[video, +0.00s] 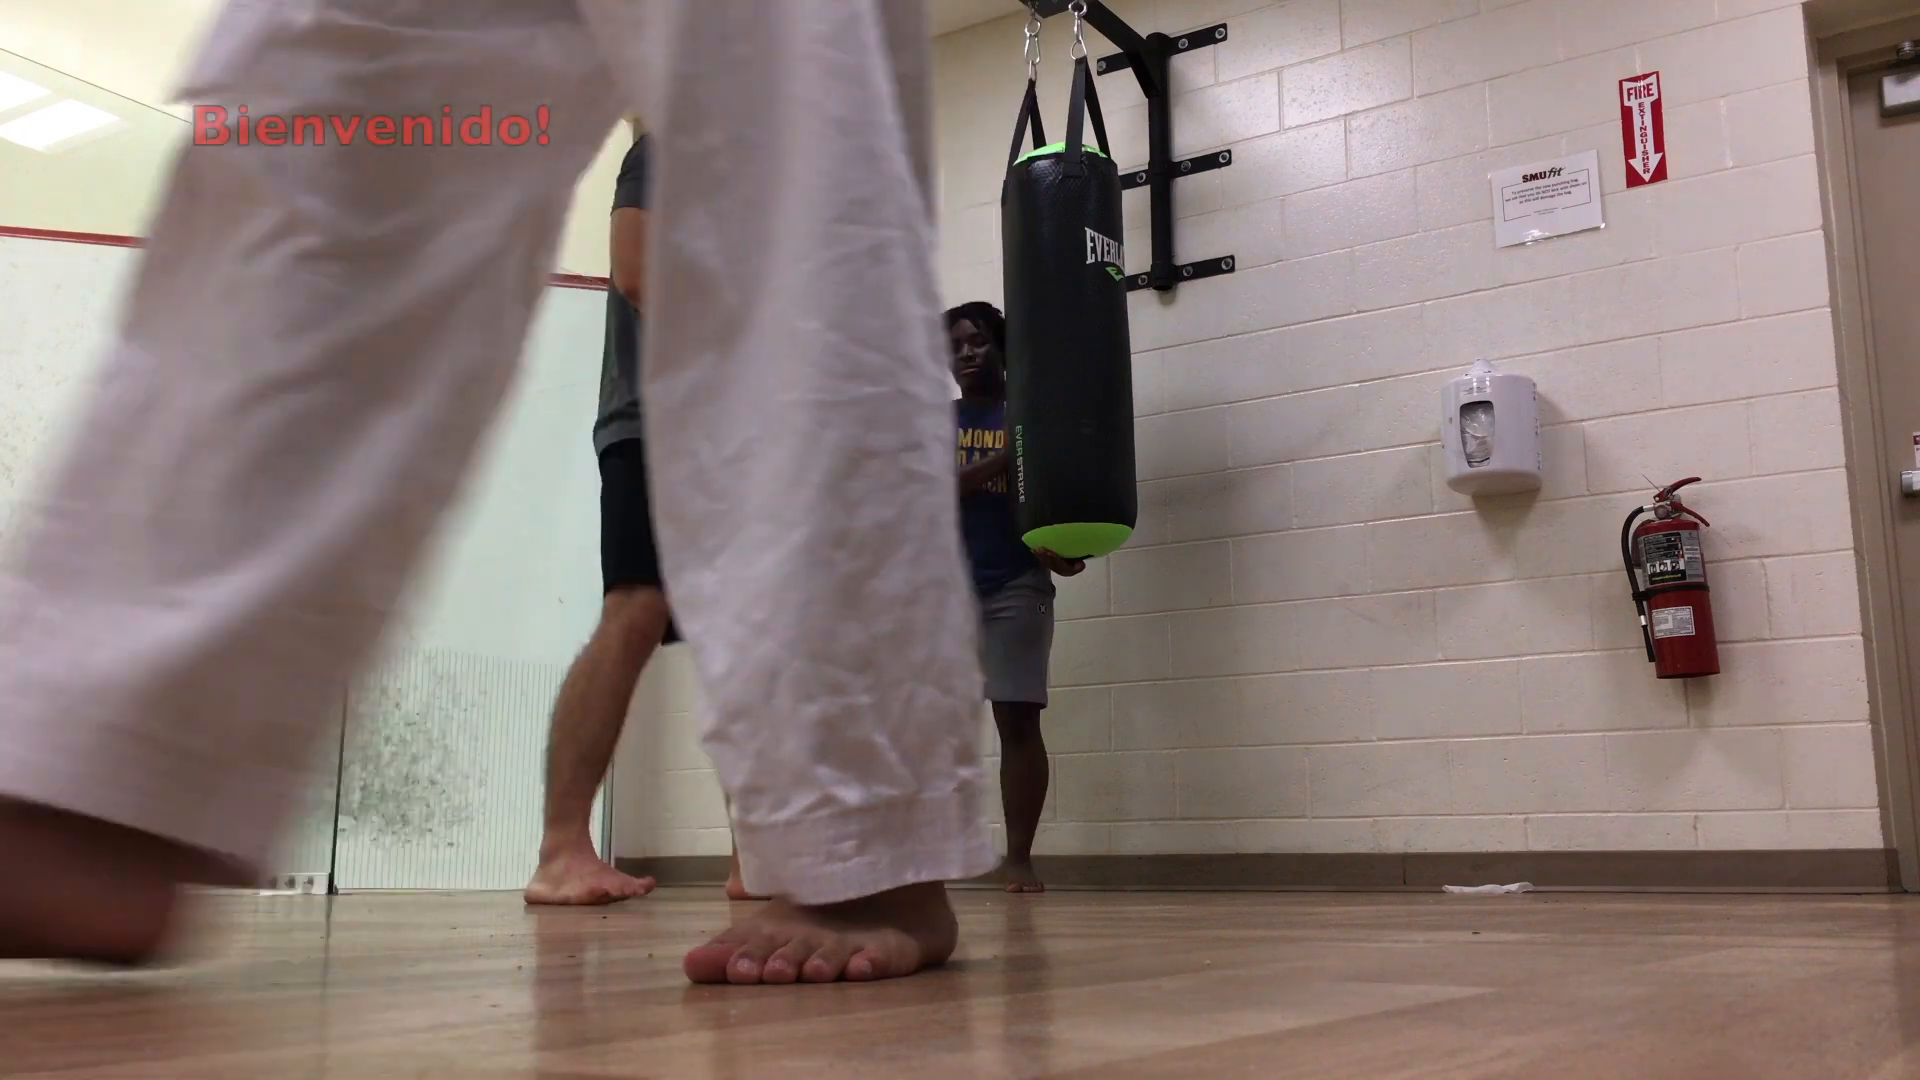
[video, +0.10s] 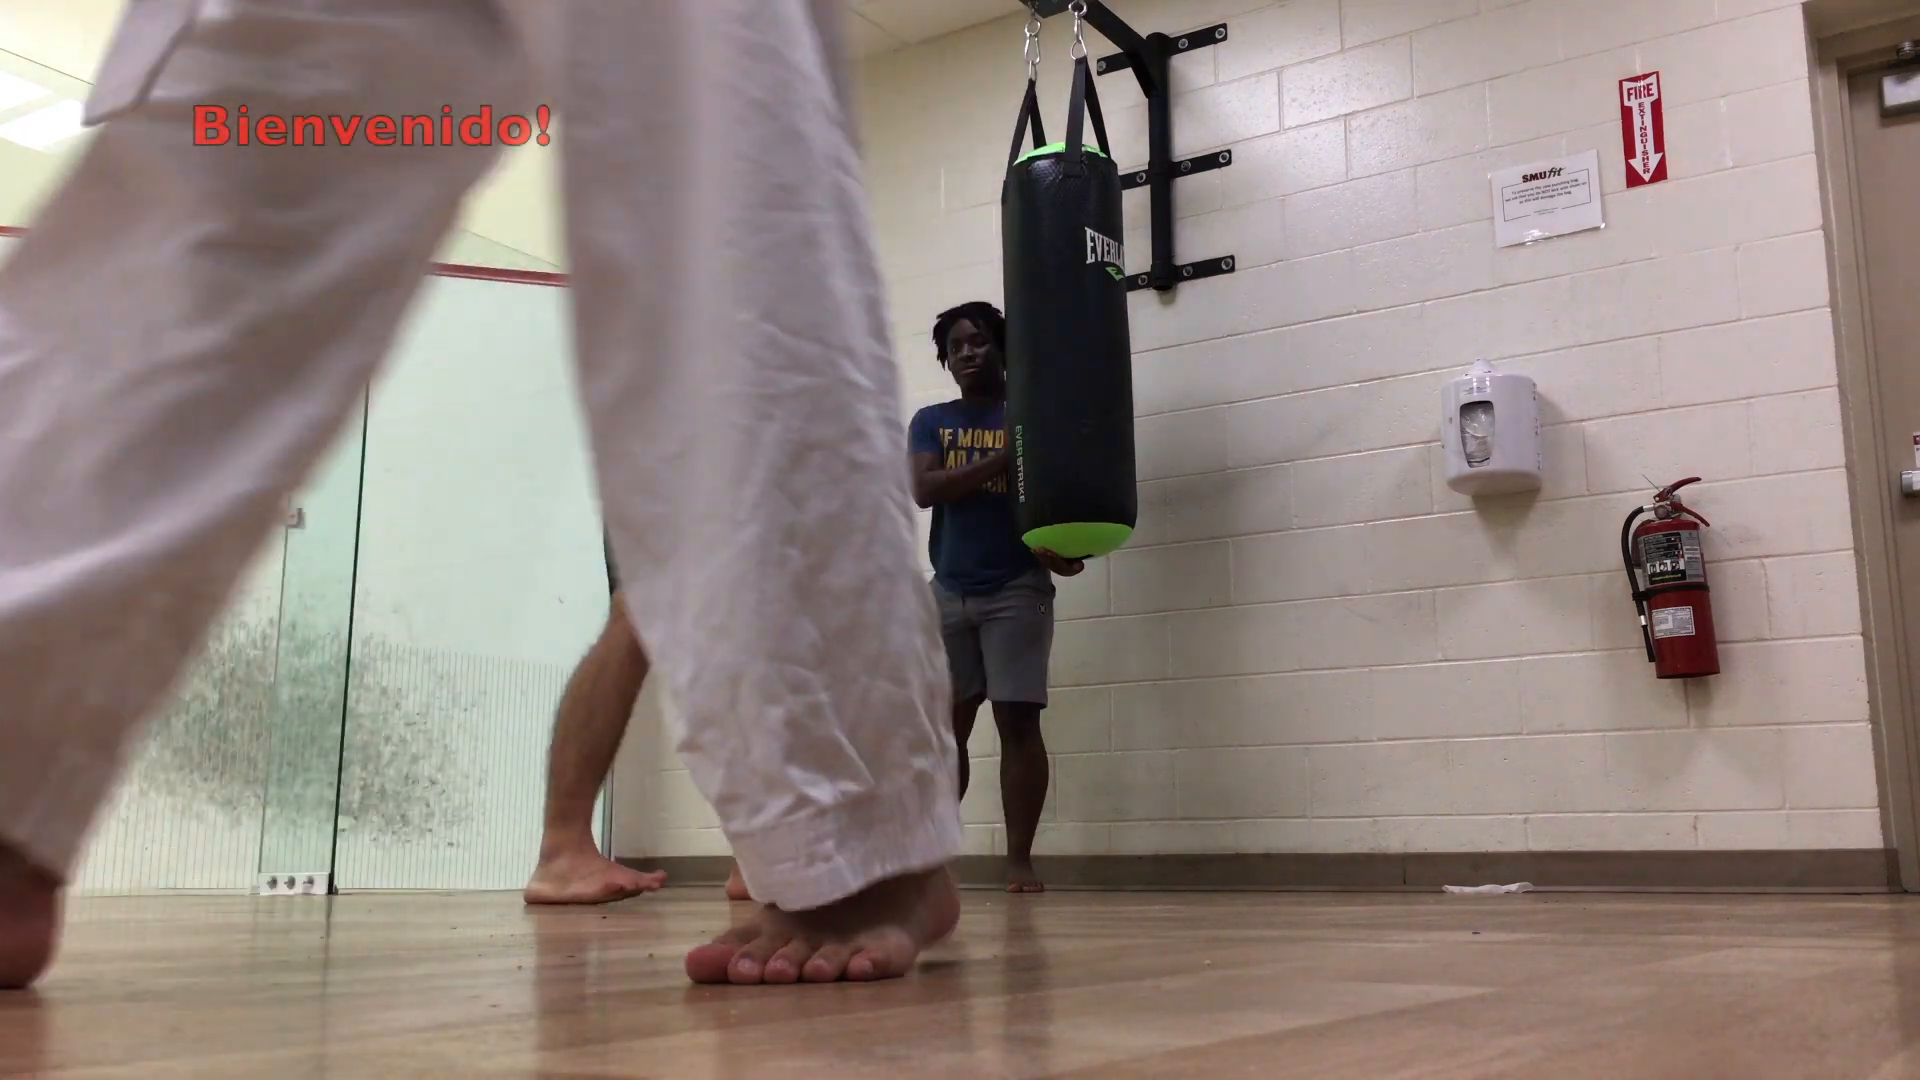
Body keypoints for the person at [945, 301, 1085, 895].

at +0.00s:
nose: (968, 353)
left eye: (977, 342)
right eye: (957, 346)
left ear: (1001, 348)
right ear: (947, 358)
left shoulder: (1030, 412)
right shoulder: (936, 420)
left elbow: (1060, 477)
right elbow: (927, 493)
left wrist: (1068, 552)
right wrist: (1005, 462)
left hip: (1017, 584)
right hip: (948, 586)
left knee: (1017, 721)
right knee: (936, 714)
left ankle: (1018, 858)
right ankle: (927, 859)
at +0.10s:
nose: (969, 351)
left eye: (979, 341)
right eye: (959, 345)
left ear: (1002, 350)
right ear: (946, 358)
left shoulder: (1027, 417)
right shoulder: (931, 420)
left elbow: (1056, 480)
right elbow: (922, 489)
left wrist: (1066, 552)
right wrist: (999, 462)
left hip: (1018, 590)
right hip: (951, 593)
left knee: (1019, 725)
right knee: (946, 729)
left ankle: (1020, 860)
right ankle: (929, 857)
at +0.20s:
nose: (968, 350)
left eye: (978, 340)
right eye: (957, 345)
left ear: (1002, 349)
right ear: (946, 360)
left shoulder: (1028, 417)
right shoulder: (931, 421)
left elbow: (1058, 480)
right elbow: (923, 489)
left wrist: (1068, 553)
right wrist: (998, 462)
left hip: (1018, 590)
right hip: (950, 593)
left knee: (1018, 725)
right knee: (944, 732)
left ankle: (1020, 861)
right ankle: (927, 865)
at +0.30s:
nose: (966, 351)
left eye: (976, 340)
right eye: (955, 345)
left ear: (1001, 349)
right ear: (945, 360)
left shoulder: (1028, 413)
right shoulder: (930, 420)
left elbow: (1057, 480)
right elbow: (923, 488)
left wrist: (1066, 549)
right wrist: (1004, 460)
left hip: (1018, 589)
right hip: (950, 594)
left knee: (1018, 724)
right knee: (944, 729)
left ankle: (1020, 862)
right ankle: (926, 865)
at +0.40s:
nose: (966, 351)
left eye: (977, 340)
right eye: (955, 346)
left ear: (1002, 349)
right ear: (946, 361)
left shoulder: (1028, 414)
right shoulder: (929, 420)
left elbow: (1059, 480)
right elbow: (922, 488)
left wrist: (1067, 550)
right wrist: (1002, 461)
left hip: (1018, 588)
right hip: (950, 593)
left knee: (1016, 722)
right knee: (944, 727)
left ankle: (1019, 861)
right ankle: (927, 865)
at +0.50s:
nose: (966, 352)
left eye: (976, 341)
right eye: (955, 346)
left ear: (1002, 349)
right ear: (945, 361)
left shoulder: (1028, 414)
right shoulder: (930, 421)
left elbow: (1058, 479)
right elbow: (922, 488)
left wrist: (1065, 548)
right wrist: (1002, 460)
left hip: (1017, 589)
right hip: (950, 593)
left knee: (1016, 723)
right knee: (944, 729)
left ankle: (1019, 861)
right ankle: (927, 865)